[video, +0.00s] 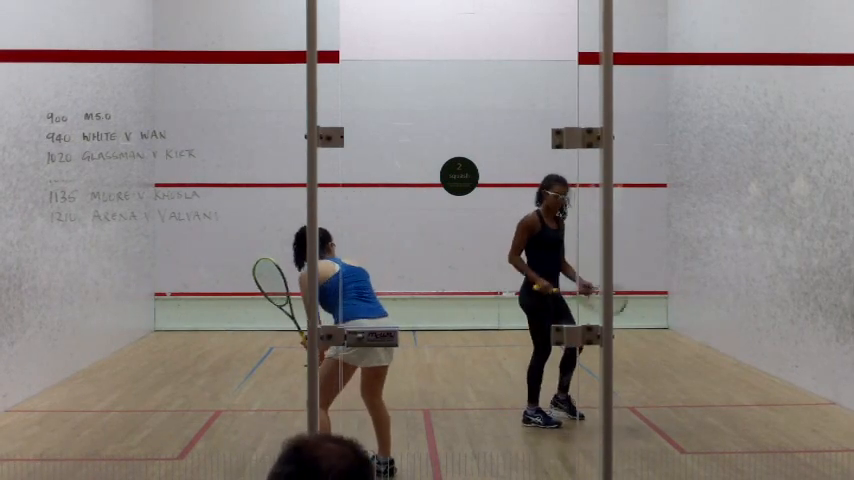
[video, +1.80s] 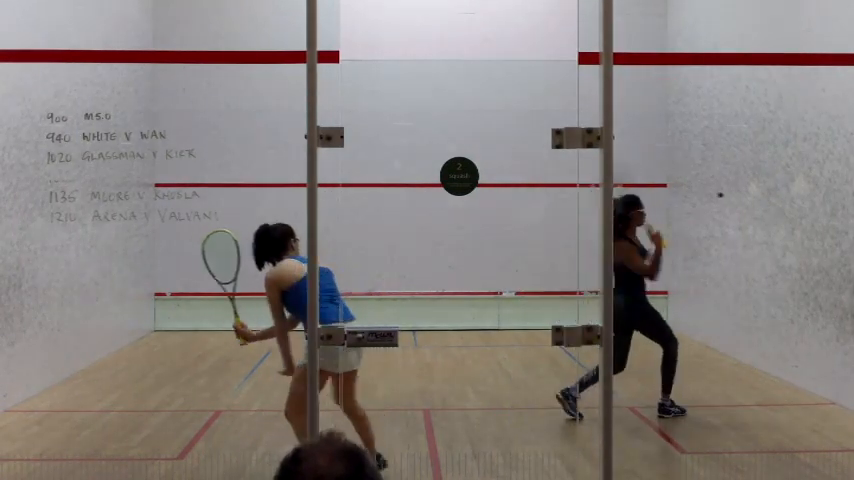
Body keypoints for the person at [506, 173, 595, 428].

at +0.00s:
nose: (563, 201)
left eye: (565, 196)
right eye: (560, 196)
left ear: (562, 198)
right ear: (545, 194)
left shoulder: (558, 222)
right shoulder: (530, 222)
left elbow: (557, 259)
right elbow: (513, 257)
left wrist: (578, 280)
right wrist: (537, 280)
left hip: (553, 293)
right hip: (533, 295)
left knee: (574, 341)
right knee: (542, 349)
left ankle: (562, 397)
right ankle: (532, 409)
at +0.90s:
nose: (578, 203)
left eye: (579, 199)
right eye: (576, 198)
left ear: (568, 198)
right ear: (564, 197)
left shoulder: (560, 221)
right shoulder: (546, 221)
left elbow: (555, 258)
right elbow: (531, 255)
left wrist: (579, 269)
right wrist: (560, 278)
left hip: (552, 292)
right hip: (540, 293)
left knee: (574, 343)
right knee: (548, 349)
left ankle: (559, 401)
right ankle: (532, 410)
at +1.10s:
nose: (582, 203)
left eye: (582, 198)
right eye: (579, 198)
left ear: (567, 198)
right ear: (567, 198)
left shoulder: (563, 224)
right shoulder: (558, 225)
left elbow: (560, 260)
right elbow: (555, 262)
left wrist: (586, 267)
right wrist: (585, 268)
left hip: (560, 295)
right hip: (554, 296)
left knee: (578, 347)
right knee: (558, 350)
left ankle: (556, 402)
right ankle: (533, 409)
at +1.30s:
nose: (592, 208)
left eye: (592, 203)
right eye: (589, 203)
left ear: (572, 205)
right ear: (577, 204)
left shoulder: (565, 231)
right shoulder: (571, 231)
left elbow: (578, 271)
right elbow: (584, 265)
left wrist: (604, 285)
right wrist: (615, 252)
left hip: (565, 300)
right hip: (571, 301)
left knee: (586, 354)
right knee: (593, 359)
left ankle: (561, 402)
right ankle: (560, 394)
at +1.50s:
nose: (599, 213)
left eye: (599, 208)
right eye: (595, 208)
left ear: (589, 210)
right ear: (586, 209)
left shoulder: (589, 232)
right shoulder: (583, 232)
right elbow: (607, 259)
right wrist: (635, 240)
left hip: (583, 302)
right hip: (590, 302)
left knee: (591, 358)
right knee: (632, 341)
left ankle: (557, 403)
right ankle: (644, 400)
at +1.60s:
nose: (618, 206)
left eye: (617, 202)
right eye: (614, 202)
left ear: (599, 209)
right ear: (600, 207)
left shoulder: (609, 229)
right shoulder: (594, 236)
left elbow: (632, 247)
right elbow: (615, 259)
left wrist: (661, 239)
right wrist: (647, 242)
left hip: (596, 302)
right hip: (602, 303)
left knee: (596, 361)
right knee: (640, 345)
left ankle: (560, 400)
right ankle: (661, 400)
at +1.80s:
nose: (643, 215)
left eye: (643, 211)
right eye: (639, 211)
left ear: (626, 216)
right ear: (629, 216)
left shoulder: (627, 239)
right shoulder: (623, 245)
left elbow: (642, 268)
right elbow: (650, 273)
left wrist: (654, 250)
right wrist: (658, 248)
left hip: (622, 308)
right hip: (634, 308)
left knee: (616, 363)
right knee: (670, 343)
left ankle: (572, 392)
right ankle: (666, 402)